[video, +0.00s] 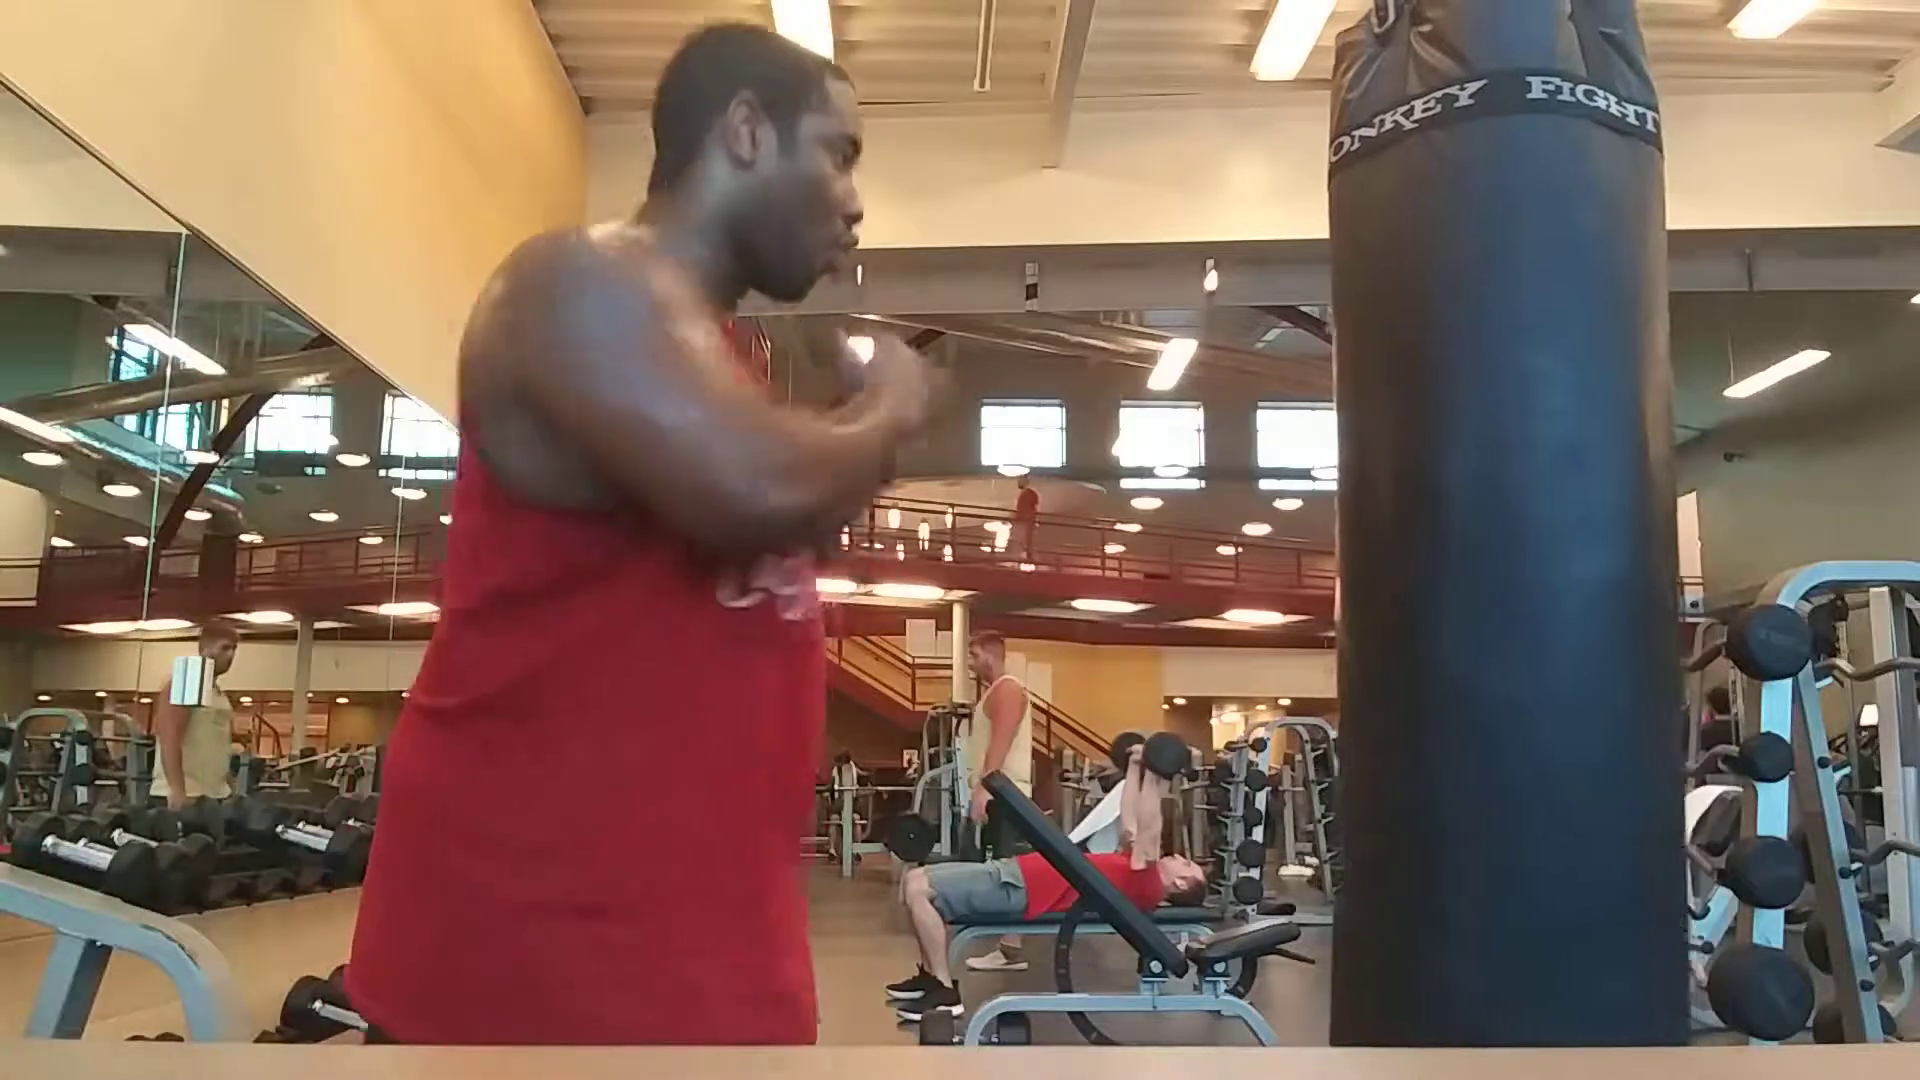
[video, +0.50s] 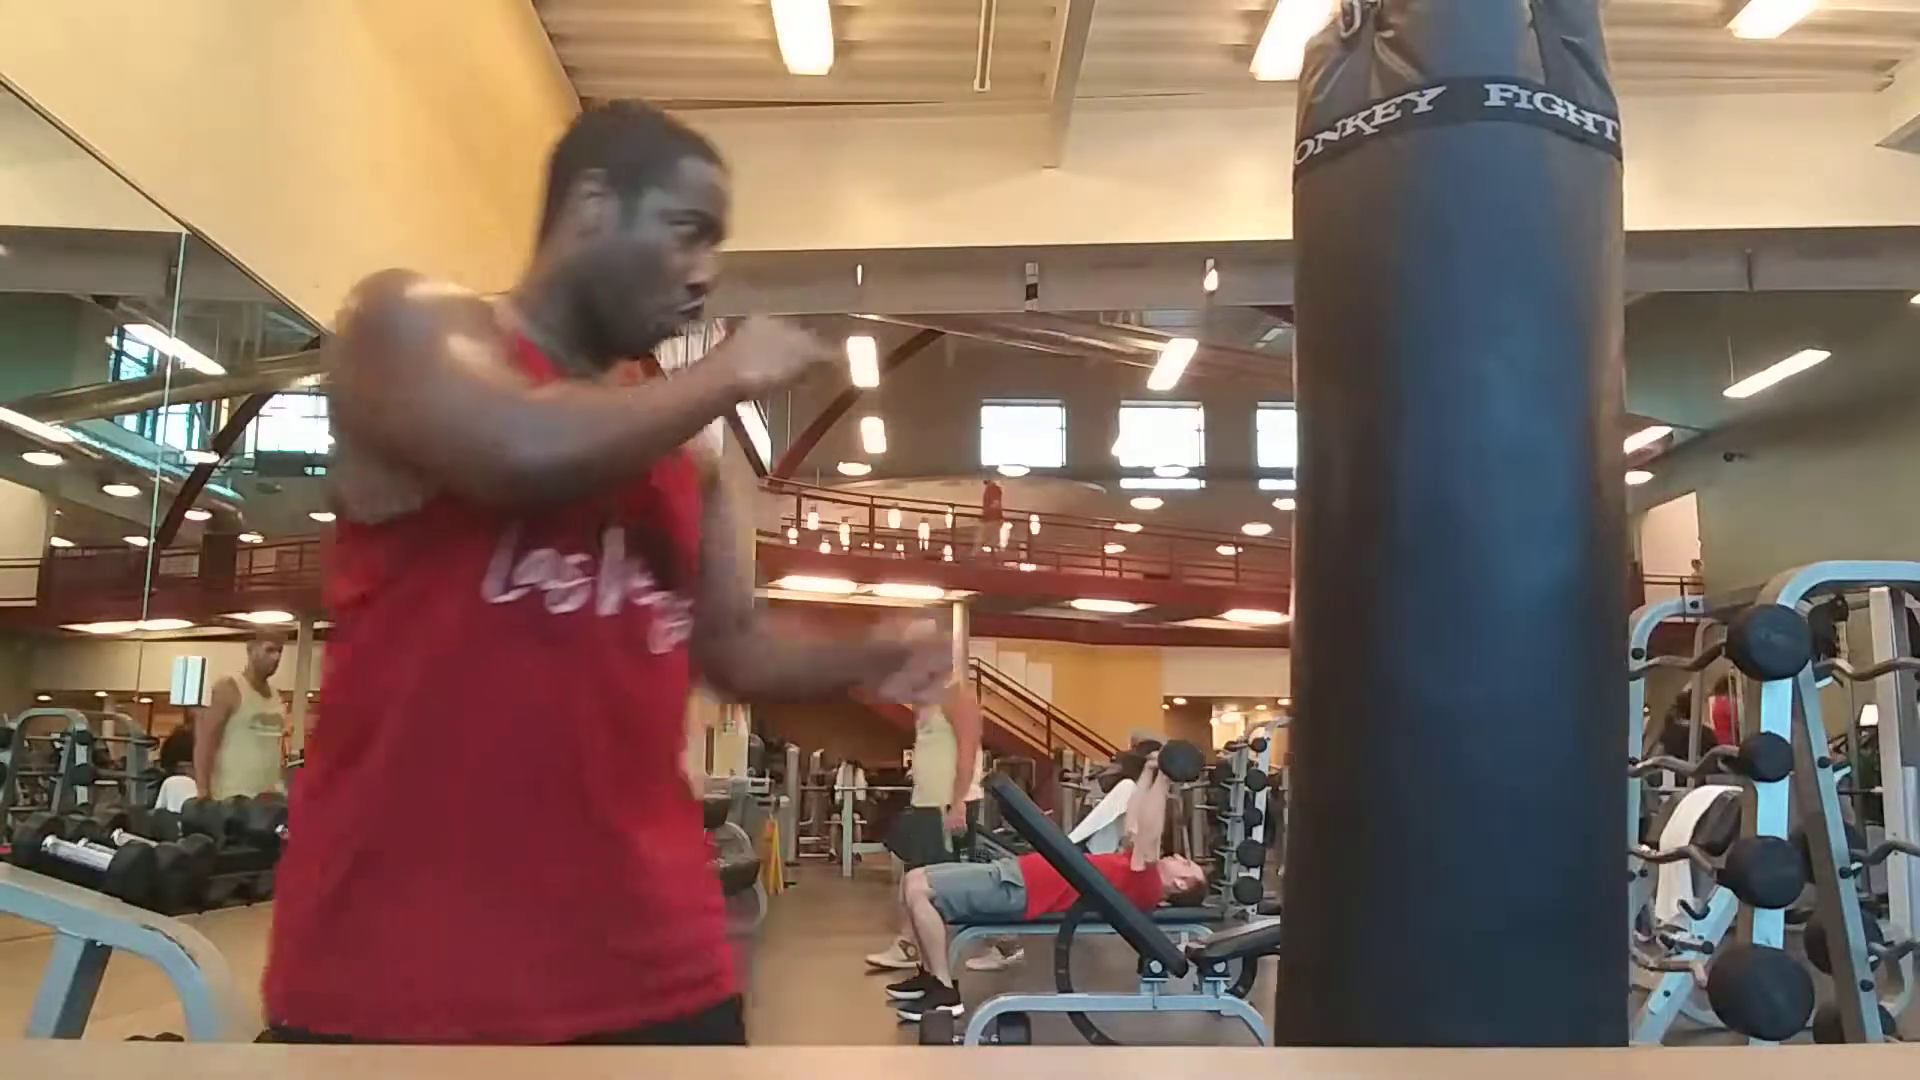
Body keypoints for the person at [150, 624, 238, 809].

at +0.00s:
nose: (231, 655)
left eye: (233, 649)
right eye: (225, 648)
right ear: (205, 649)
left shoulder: (218, 694)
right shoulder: (183, 682)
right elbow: (169, 735)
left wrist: (227, 788)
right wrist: (177, 791)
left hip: (214, 797)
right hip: (184, 797)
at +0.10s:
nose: (236, 655)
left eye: (238, 649)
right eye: (230, 648)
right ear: (210, 649)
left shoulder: (226, 692)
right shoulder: (187, 683)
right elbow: (171, 738)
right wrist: (180, 792)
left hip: (225, 796)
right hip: (192, 798)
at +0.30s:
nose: (253, 656)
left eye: (255, 650)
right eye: (247, 649)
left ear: (257, 652)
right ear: (227, 649)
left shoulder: (250, 695)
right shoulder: (202, 685)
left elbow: (248, 746)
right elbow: (182, 737)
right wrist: (191, 792)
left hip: (244, 794)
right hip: (206, 794)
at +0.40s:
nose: (264, 657)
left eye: (267, 651)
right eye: (257, 649)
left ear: (269, 653)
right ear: (238, 651)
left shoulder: (262, 695)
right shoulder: (216, 687)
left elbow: (259, 745)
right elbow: (194, 741)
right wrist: (197, 793)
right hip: (220, 794)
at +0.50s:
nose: (276, 658)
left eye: (279, 651)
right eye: (270, 650)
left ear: (282, 653)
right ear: (251, 650)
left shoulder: (274, 695)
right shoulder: (228, 688)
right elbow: (205, 739)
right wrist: (203, 791)